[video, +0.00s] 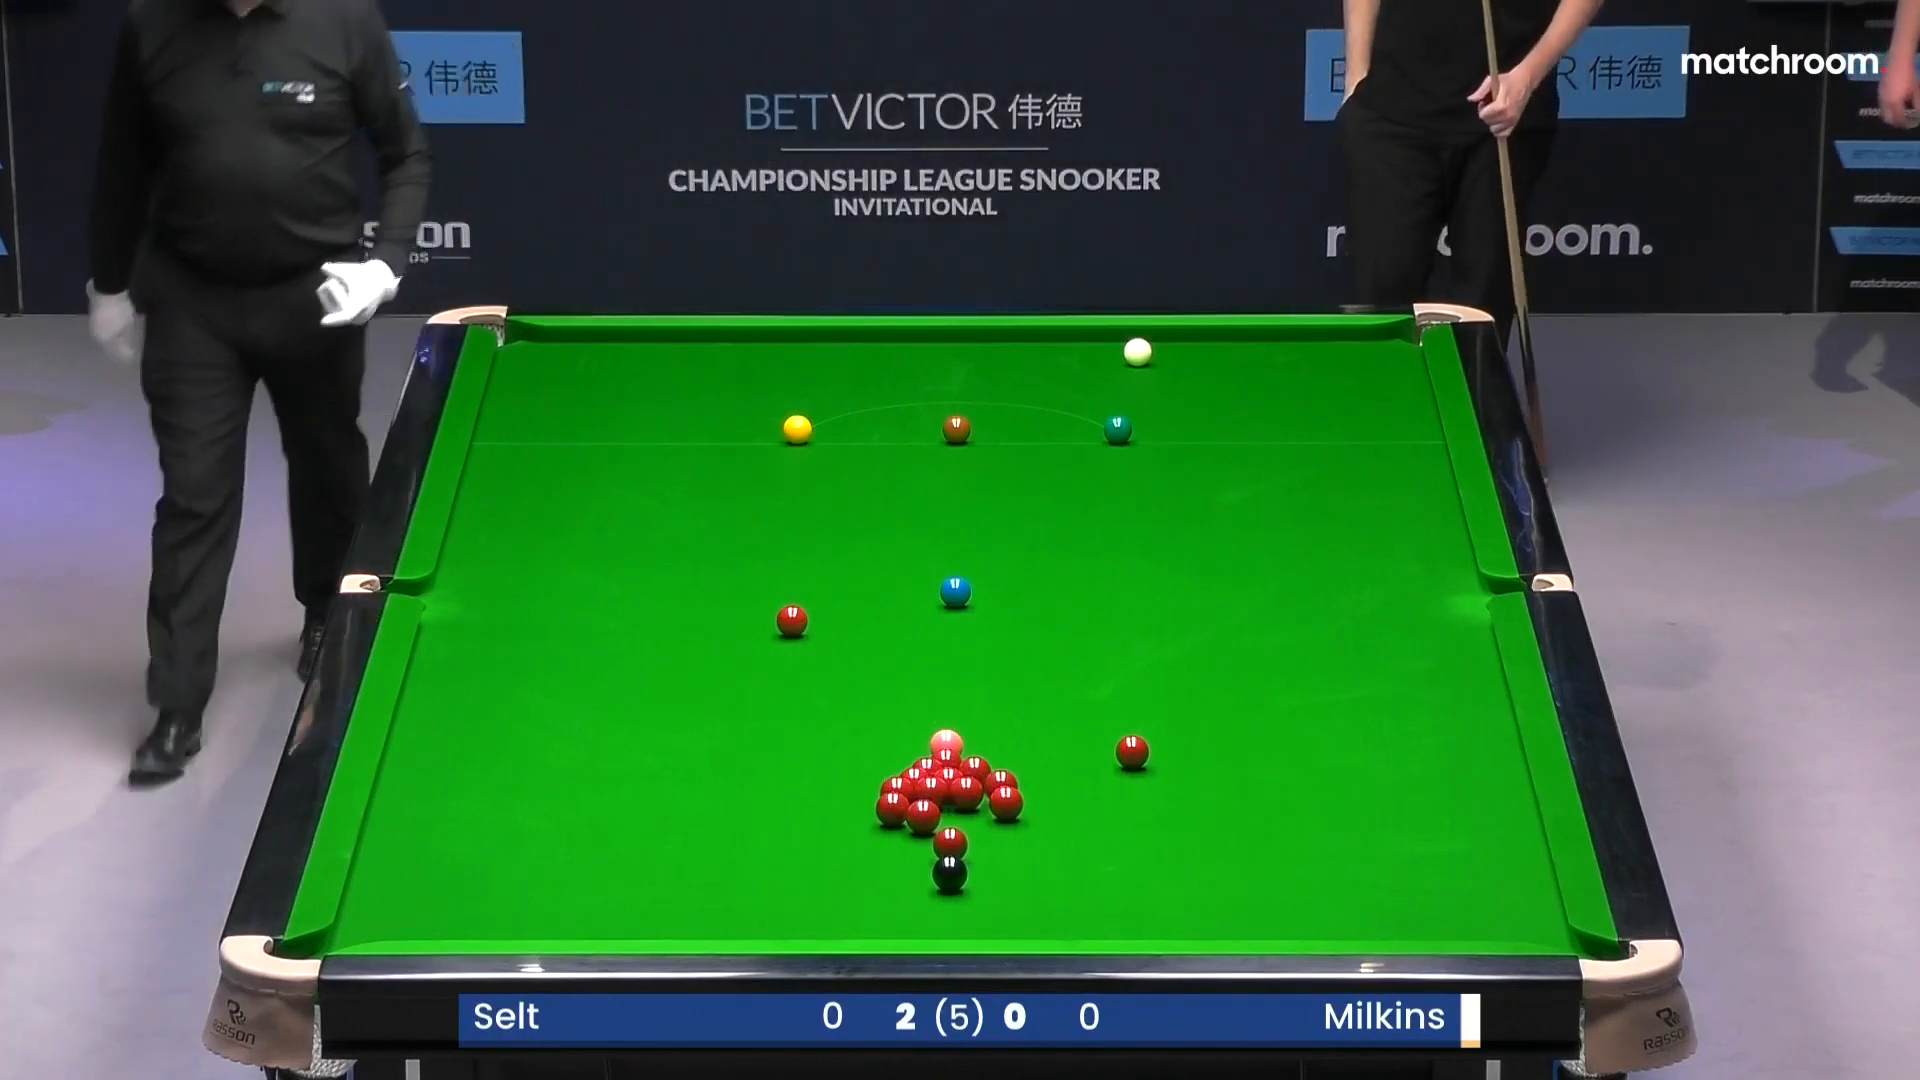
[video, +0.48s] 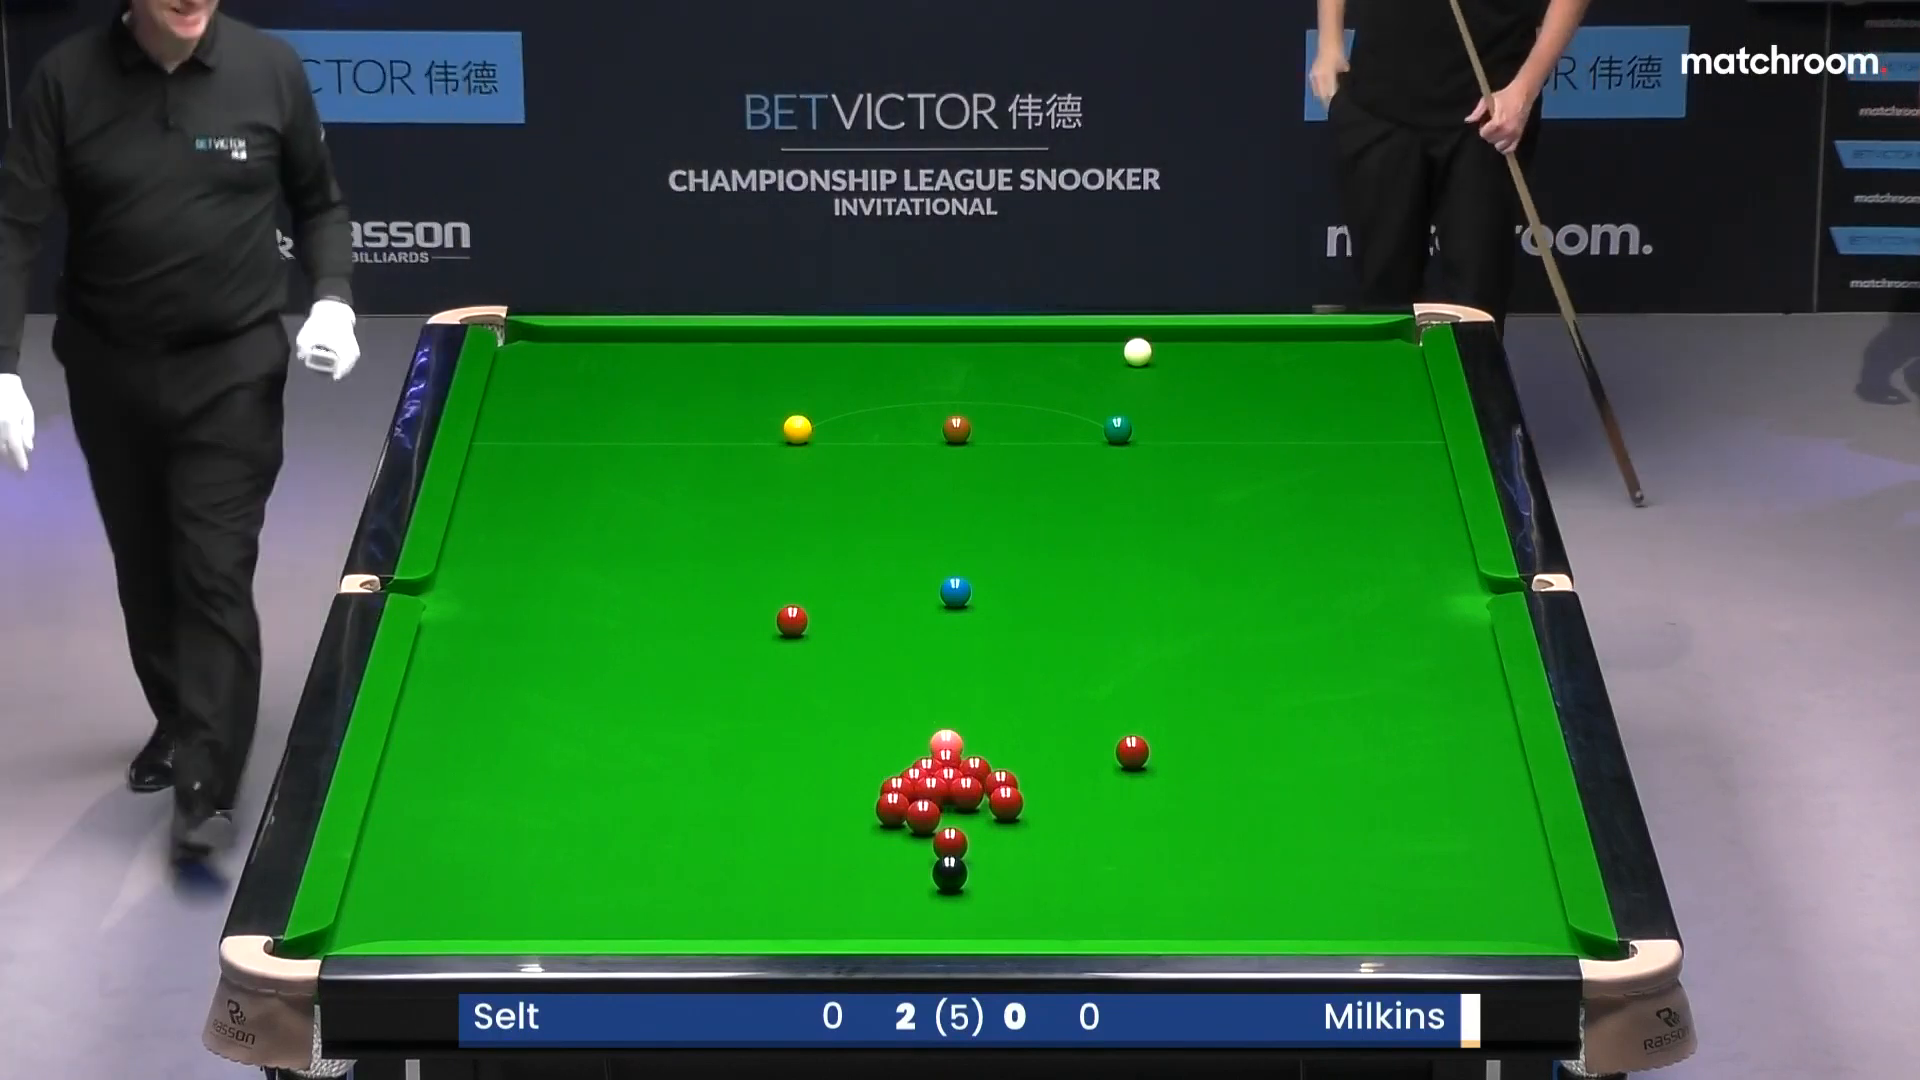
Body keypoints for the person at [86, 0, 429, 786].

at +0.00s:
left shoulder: (346, 20)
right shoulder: (155, 23)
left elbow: (408, 151)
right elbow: (122, 155)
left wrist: (385, 258)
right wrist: (108, 279)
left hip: (315, 297)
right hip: (191, 301)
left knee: (329, 474)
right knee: (193, 503)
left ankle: (329, 624)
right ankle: (177, 705)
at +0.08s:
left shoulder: (323, 24)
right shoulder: (129, 32)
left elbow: (382, 158)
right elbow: (97, 173)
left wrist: (369, 270)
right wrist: (83, 303)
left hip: (292, 307)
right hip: (171, 310)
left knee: (314, 490)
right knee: (173, 517)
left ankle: (329, 636)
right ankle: (178, 711)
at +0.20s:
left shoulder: (300, 24)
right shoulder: (102, 37)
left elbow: (362, 155)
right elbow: (63, 186)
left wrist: (349, 267)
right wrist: (43, 331)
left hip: (269, 313)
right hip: (143, 318)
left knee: (280, 509)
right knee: (154, 525)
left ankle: (309, 632)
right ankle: (176, 709)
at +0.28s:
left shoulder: (288, 26)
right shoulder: (86, 42)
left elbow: (349, 160)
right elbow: (41, 194)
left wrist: (342, 268)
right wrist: (22, 339)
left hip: (257, 319)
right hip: (131, 329)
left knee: (261, 513)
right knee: (151, 533)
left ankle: (269, 669)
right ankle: (176, 714)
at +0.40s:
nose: (189, 0)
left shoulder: (274, 45)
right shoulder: (68, 59)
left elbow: (330, 180)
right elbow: (21, 209)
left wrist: (335, 283)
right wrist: (7, 352)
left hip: (243, 339)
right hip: (120, 347)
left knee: (233, 540)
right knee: (146, 543)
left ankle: (218, 755)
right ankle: (176, 714)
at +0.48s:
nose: (192, 10)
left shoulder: (270, 70)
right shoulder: (63, 80)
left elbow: (320, 202)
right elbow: (16, 231)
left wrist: (334, 299)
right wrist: (3, 367)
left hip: (231, 364)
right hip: (109, 369)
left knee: (211, 573)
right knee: (144, 566)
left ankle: (205, 792)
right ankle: (174, 721)